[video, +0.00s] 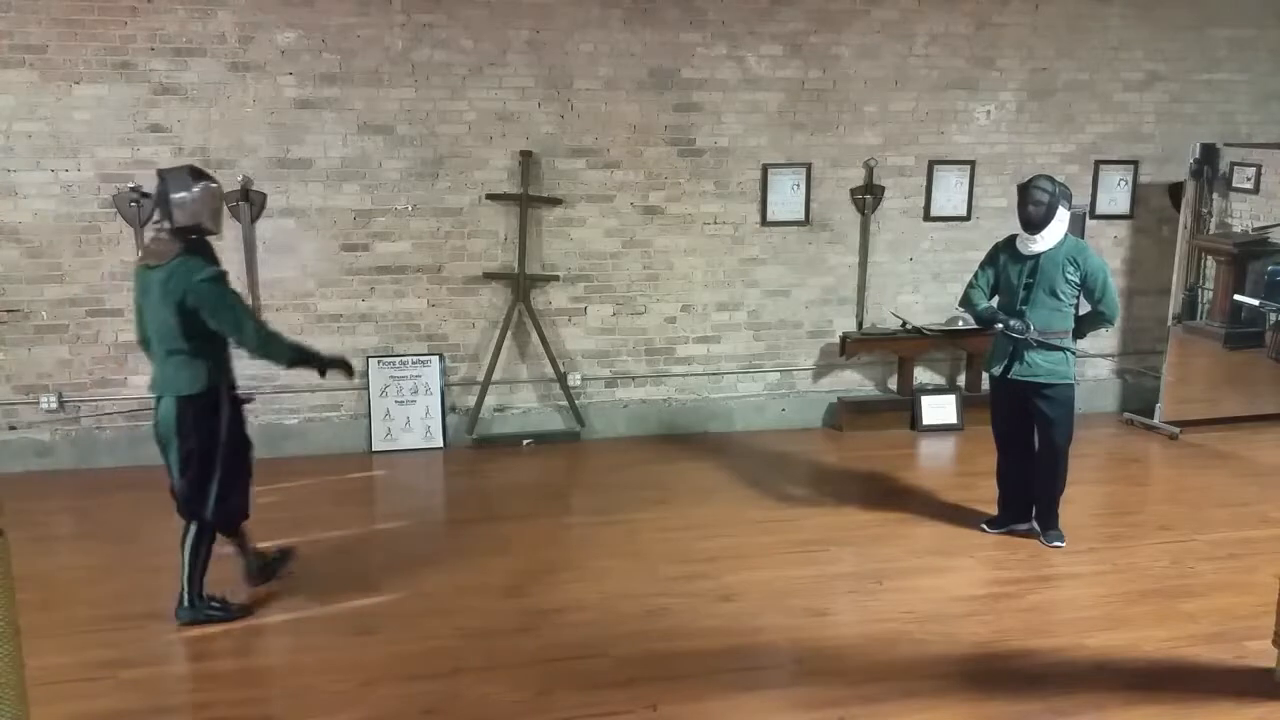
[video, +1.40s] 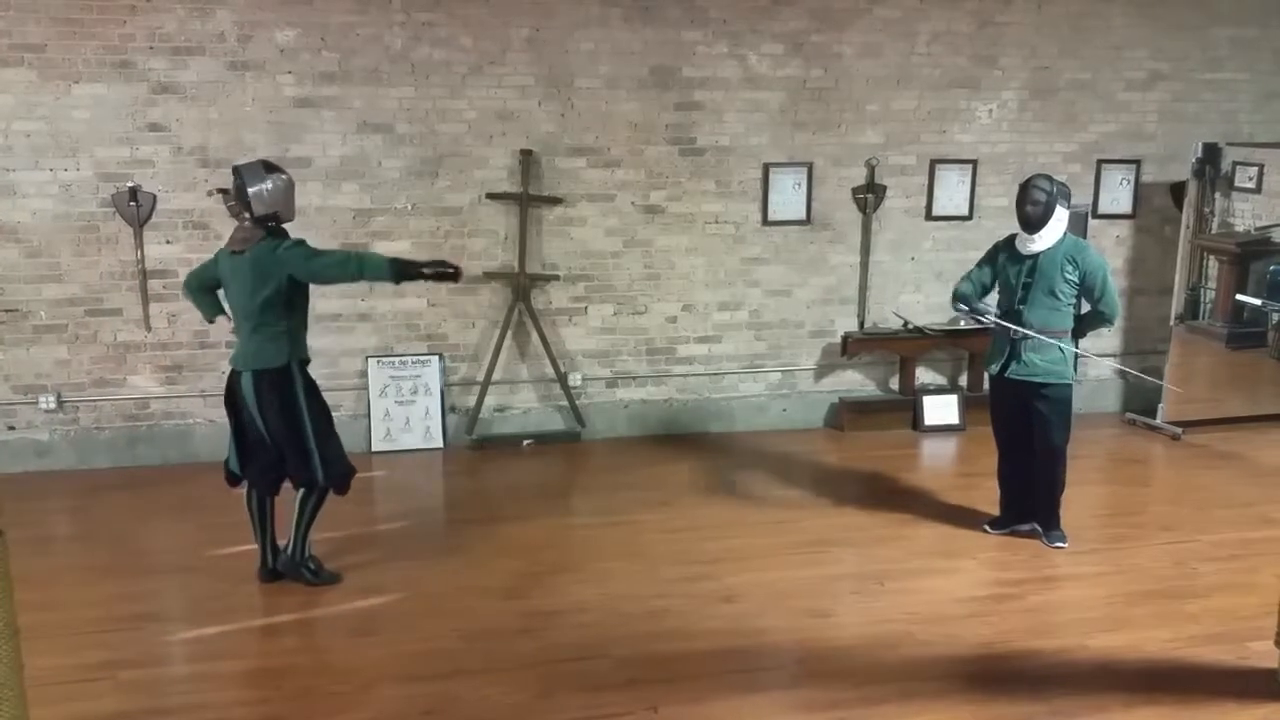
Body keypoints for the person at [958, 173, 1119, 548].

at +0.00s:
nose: (1028, 210)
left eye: (1037, 203)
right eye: (1024, 202)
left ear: (1058, 207)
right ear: (1018, 204)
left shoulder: (1079, 254)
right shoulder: (1004, 250)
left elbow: (1107, 312)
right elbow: (972, 297)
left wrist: (1068, 331)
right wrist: (1000, 320)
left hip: (1052, 373)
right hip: (1006, 371)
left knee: (1052, 453)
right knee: (1010, 449)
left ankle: (1048, 523)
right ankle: (1013, 515)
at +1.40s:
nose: (1027, 210)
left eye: (1035, 203)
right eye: (1023, 202)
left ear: (1056, 207)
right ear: (1017, 203)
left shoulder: (1080, 254)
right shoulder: (1005, 249)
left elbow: (1108, 310)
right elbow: (963, 294)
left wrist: (1073, 329)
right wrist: (998, 316)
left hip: (1050, 372)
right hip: (1005, 369)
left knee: (1049, 452)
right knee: (1011, 449)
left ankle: (1049, 523)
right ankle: (1015, 515)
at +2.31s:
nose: (1022, 212)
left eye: (1031, 206)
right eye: (1019, 205)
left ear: (1053, 210)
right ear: (1014, 206)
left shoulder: (1076, 255)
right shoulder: (1005, 250)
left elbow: (1104, 313)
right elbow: (955, 271)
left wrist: (1069, 330)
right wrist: (922, 251)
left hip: (1047, 365)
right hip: (1002, 363)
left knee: (1047, 450)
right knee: (1007, 446)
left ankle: (1047, 522)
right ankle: (1012, 514)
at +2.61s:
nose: (1010, 217)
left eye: (1017, 209)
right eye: (1006, 209)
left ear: (1040, 210)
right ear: (1002, 210)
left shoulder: (1071, 253)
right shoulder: (996, 252)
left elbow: (1102, 308)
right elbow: (949, 281)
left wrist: (1066, 327)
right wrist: (946, 246)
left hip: (1049, 364)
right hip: (1002, 363)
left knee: (1049, 448)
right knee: (1008, 445)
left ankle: (1046, 521)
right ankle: (1012, 514)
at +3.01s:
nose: (1002, 218)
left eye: (1009, 211)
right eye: (999, 211)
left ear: (1034, 210)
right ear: (999, 210)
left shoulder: (1067, 253)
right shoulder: (997, 253)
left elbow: (1100, 309)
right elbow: (963, 296)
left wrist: (1066, 327)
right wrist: (919, 307)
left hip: (1044, 365)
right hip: (1003, 364)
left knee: (1050, 446)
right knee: (1008, 446)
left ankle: (1068, 519)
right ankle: (1012, 515)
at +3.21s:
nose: (999, 215)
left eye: (1006, 207)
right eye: (998, 207)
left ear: (1030, 211)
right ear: (1006, 208)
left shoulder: (1064, 255)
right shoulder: (1004, 258)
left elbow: (1094, 314)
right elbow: (982, 311)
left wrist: (1069, 330)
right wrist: (950, 343)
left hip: (1046, 372)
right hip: (1005, 369)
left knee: (1059, 452)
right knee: (1006, 448)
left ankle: (1096, 520)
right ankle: (1012, 514)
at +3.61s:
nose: (1007, 220)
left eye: (1015, 213)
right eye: (1007, 212)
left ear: (1039, 219)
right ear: (1038, 219)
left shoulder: (1066, 265)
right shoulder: (1017, 267)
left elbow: (1092, 324)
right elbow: (1019, 318)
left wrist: (1071, 344)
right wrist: (1012, 343)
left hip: (1056, 378)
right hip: (1017, 376)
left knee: (1073, 453)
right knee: (1002, 444)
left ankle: (1102, 527)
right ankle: (1013, 514)